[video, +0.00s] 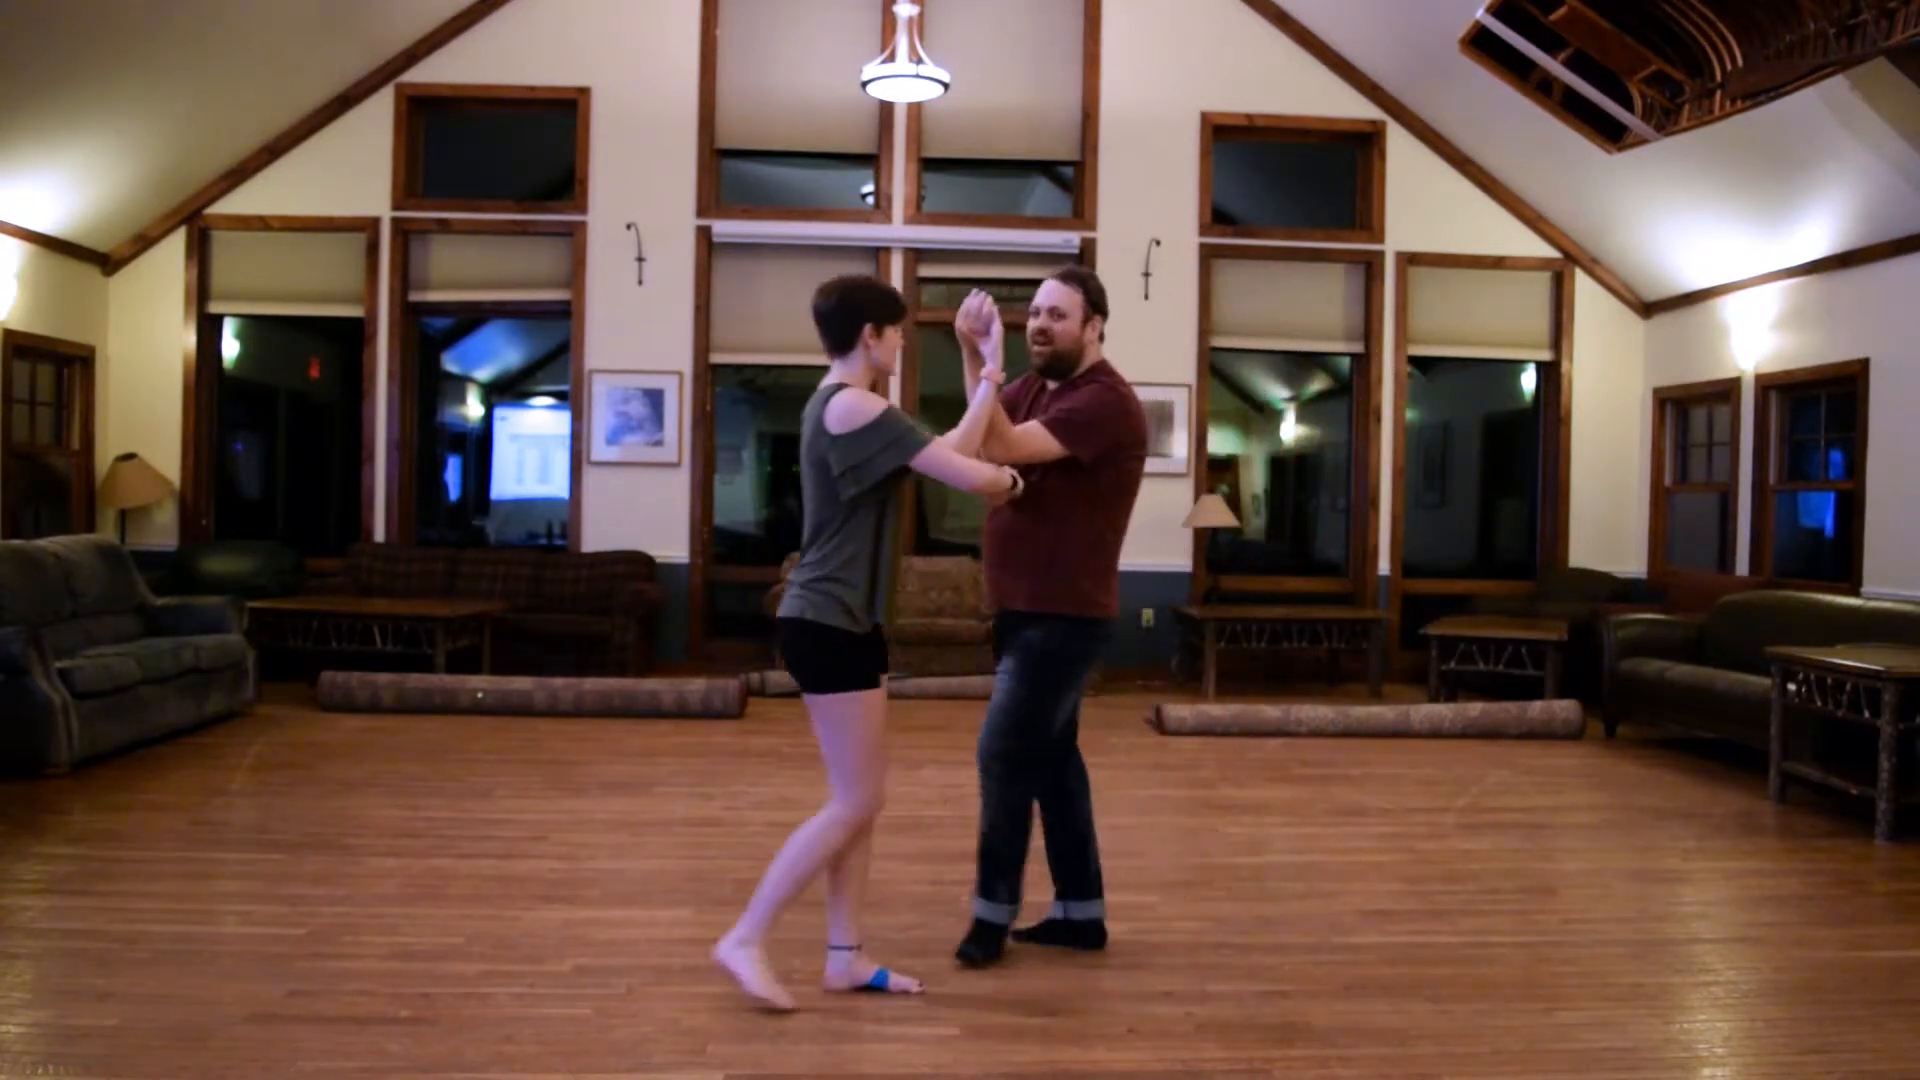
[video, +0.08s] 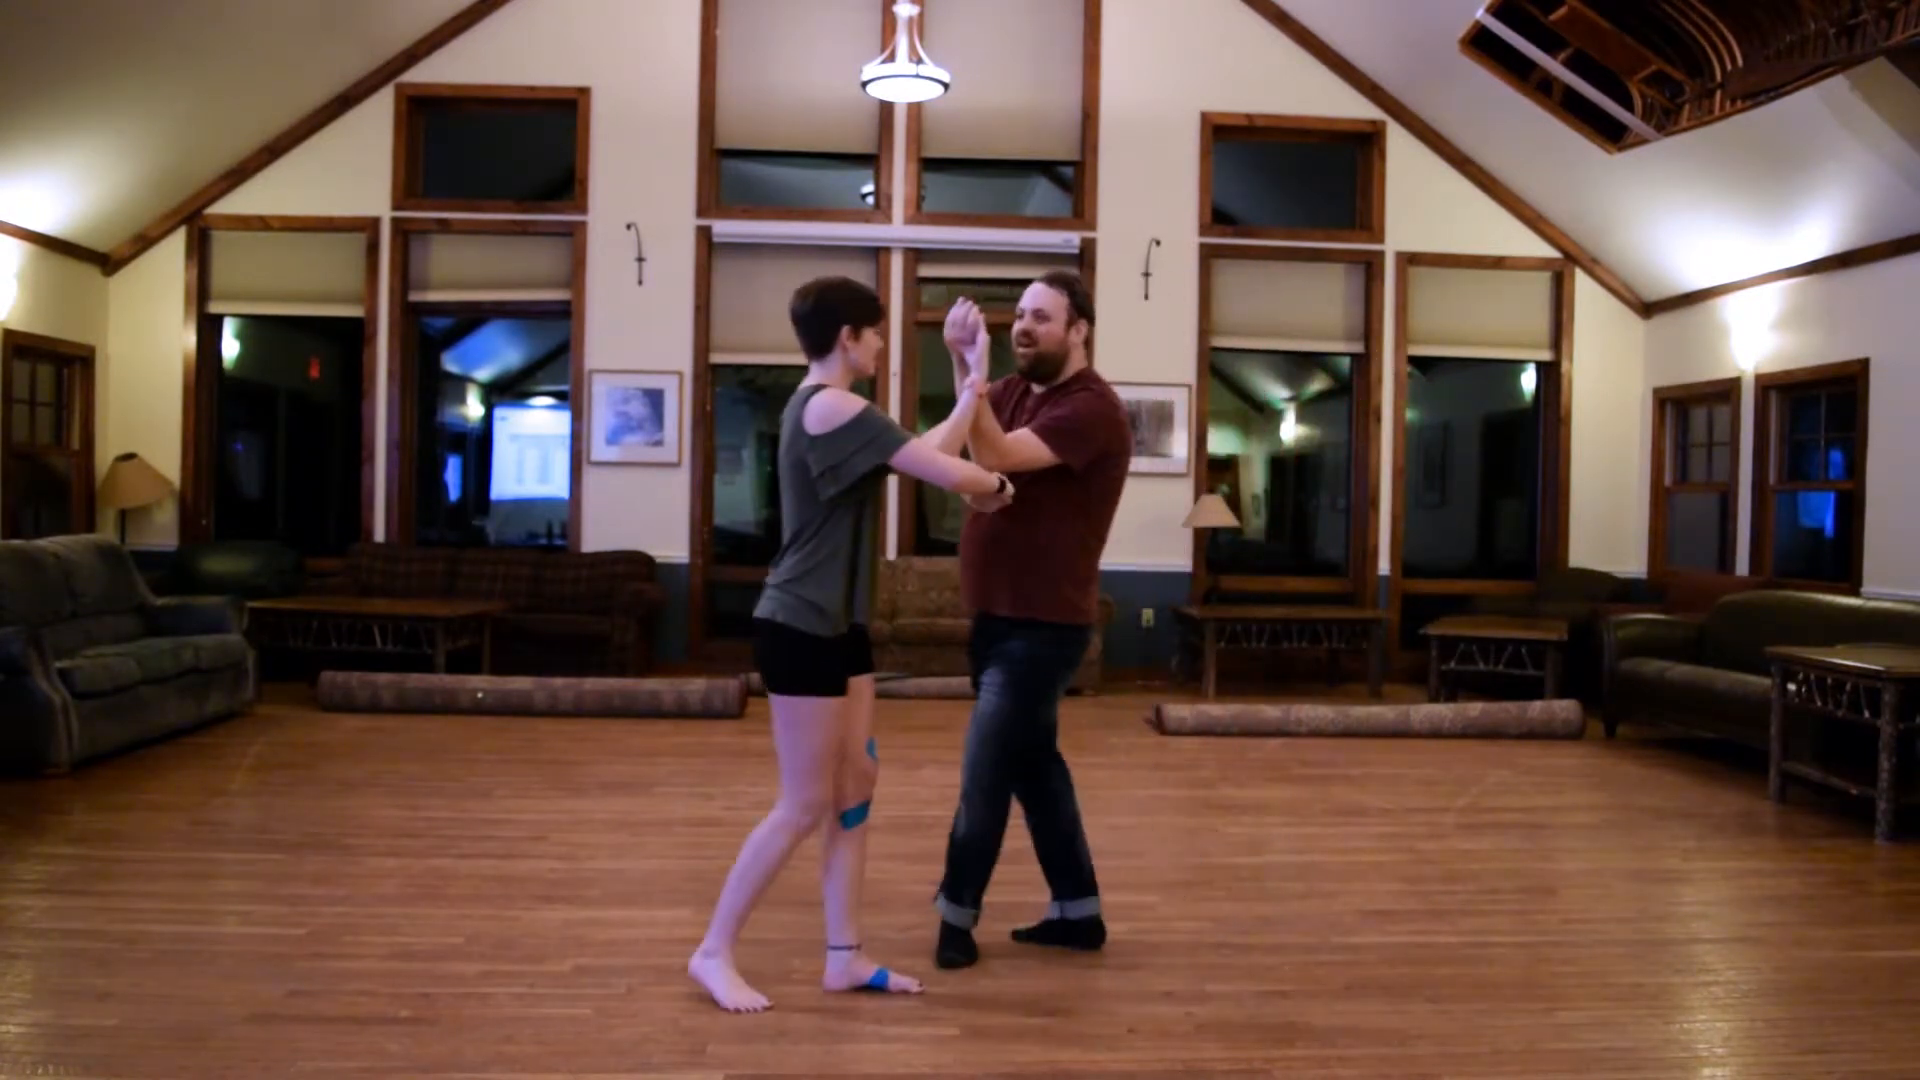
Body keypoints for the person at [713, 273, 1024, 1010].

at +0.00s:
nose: (903, 343)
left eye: (900, 331)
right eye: (898, 331)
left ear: (847, 338)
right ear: (872, 337)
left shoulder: (840, 402)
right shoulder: (856, 408)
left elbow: (937, 457)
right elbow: (977, 478)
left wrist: (985, 395)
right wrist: (1007, 481)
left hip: (839, 618)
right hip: (830, 621)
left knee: (861, 797)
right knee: (856, 800)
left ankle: (843, 956)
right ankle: (743, 939)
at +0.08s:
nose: (883, 344)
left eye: (880, 332)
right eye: (876, 332)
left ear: (829, 339)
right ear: (848, 337)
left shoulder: (826, 404)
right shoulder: (831, 408)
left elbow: (911, 457)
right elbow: (959, 476)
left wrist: (970, 402)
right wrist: (996, 487)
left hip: (838, 625)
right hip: (801, 626)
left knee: (854, 788)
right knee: (805, 802)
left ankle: (843, 958)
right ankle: (712, 954)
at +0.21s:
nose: (853, 348)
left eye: (852, 337)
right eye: (848, 336)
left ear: (805, 341)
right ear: (818, 338)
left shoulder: (807, 406)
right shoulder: (798, 409)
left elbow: (892, 456)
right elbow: (919, 474)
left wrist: (952, 397)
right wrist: (973, 484)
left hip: (812, 627)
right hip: (761, 627)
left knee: (834, 786)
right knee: (750, 798)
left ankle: (838, 958)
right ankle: (705, 966)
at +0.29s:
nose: (837, 349)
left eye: (837, 337)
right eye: (830, 336)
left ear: (789, 340)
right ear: (797, 338)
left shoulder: (788, 408)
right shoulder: (778, 407)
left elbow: (871, 474)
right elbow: (892, 464)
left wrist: (914, 428)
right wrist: (960, 464)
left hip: (796, 625)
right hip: (741, 625)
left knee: (826, 785)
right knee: (732, 796)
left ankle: (834, 956)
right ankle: (703, 966)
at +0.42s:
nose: (817, 352)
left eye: (820, 339)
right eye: (806, 338)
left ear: (806, 342)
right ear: (764, 337)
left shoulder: (803, 417)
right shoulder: (746, 402)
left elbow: (873, 468)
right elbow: (846, 409)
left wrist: (908, 379)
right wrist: (922, 394)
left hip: (794, 621)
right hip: (728, 620)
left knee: (807, 787)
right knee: (728, 795)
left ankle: (816, 956)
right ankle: (701, 965)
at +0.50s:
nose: (786, 354)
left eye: (792, 343)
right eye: (779, 343)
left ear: (778, 341)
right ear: (762, 342)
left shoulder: (810, 423)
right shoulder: (730, 403)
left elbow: (876, 439)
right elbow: (787, 353)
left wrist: (886, 360)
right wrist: (882, 329)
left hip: (796, 619)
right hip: (727, 616)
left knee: (793, 788)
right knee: (729, 794)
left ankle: (805, 960)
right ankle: (701, 965)